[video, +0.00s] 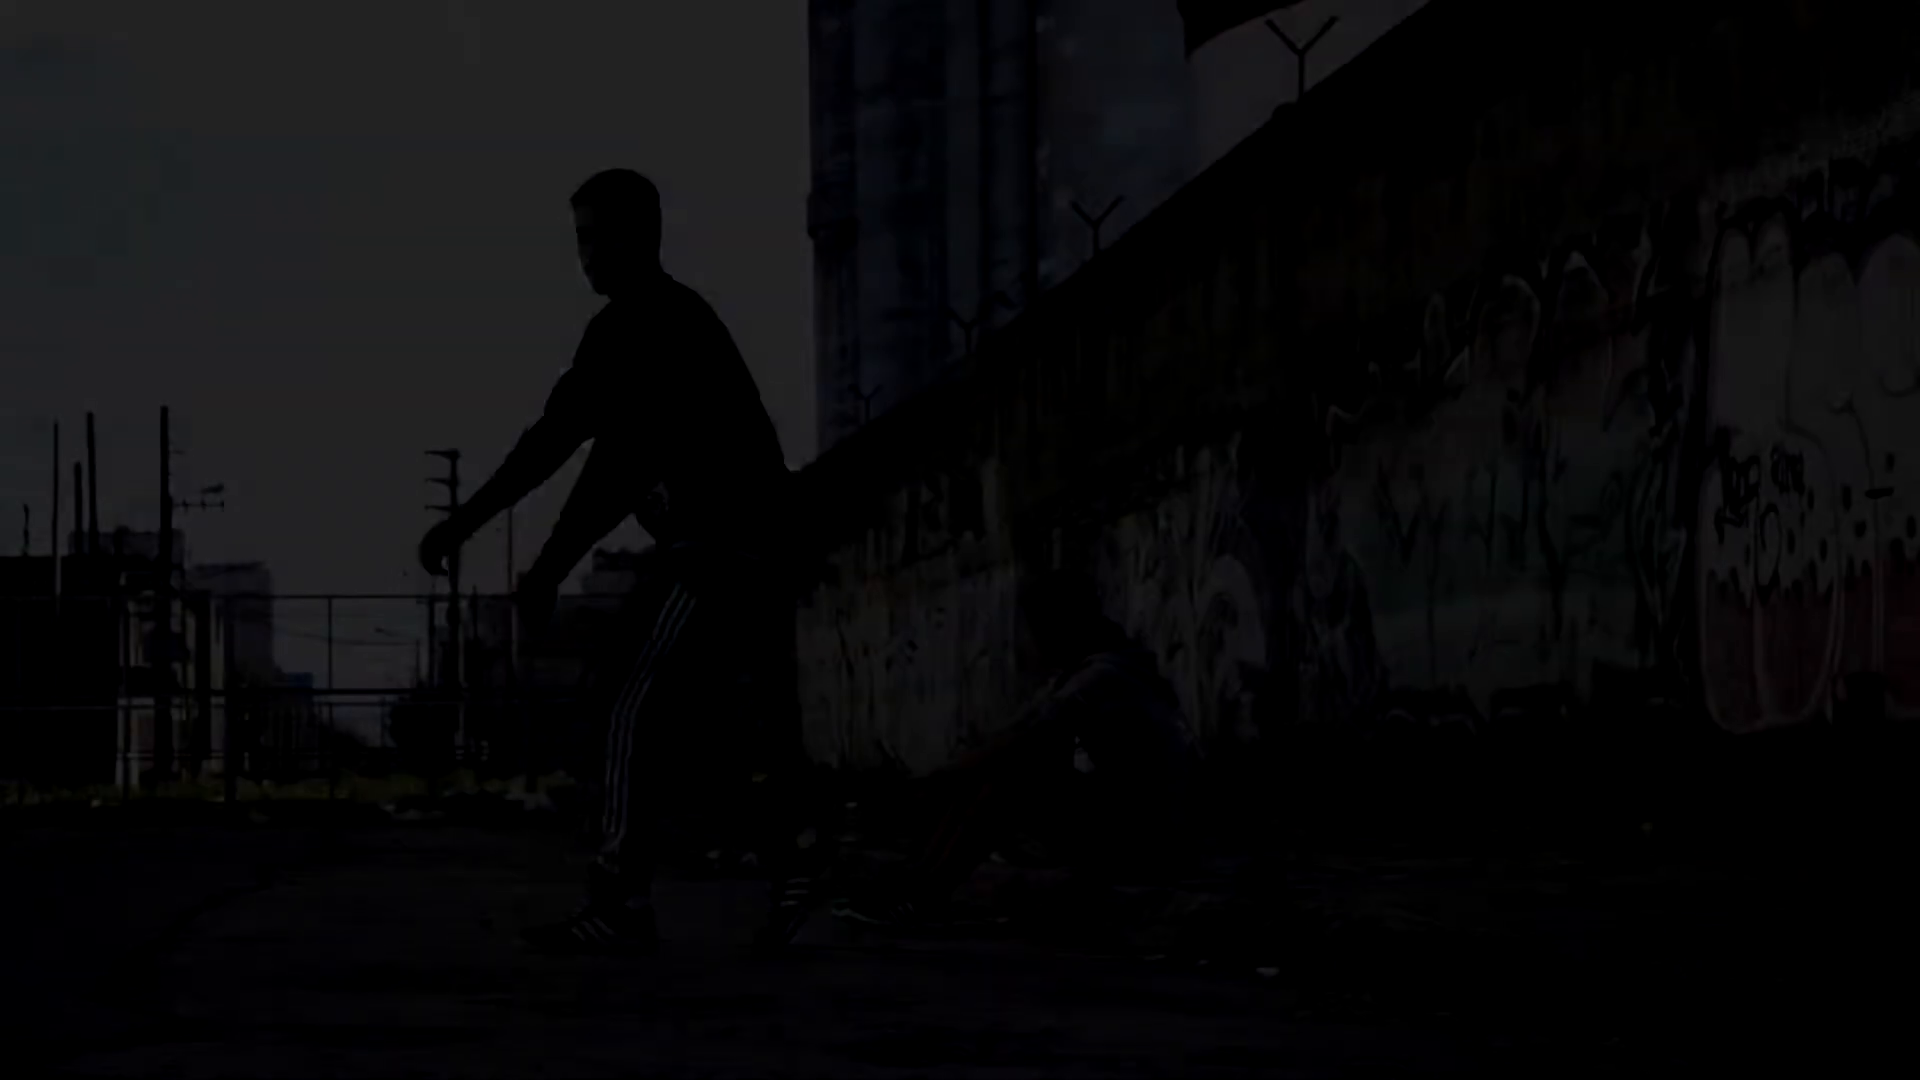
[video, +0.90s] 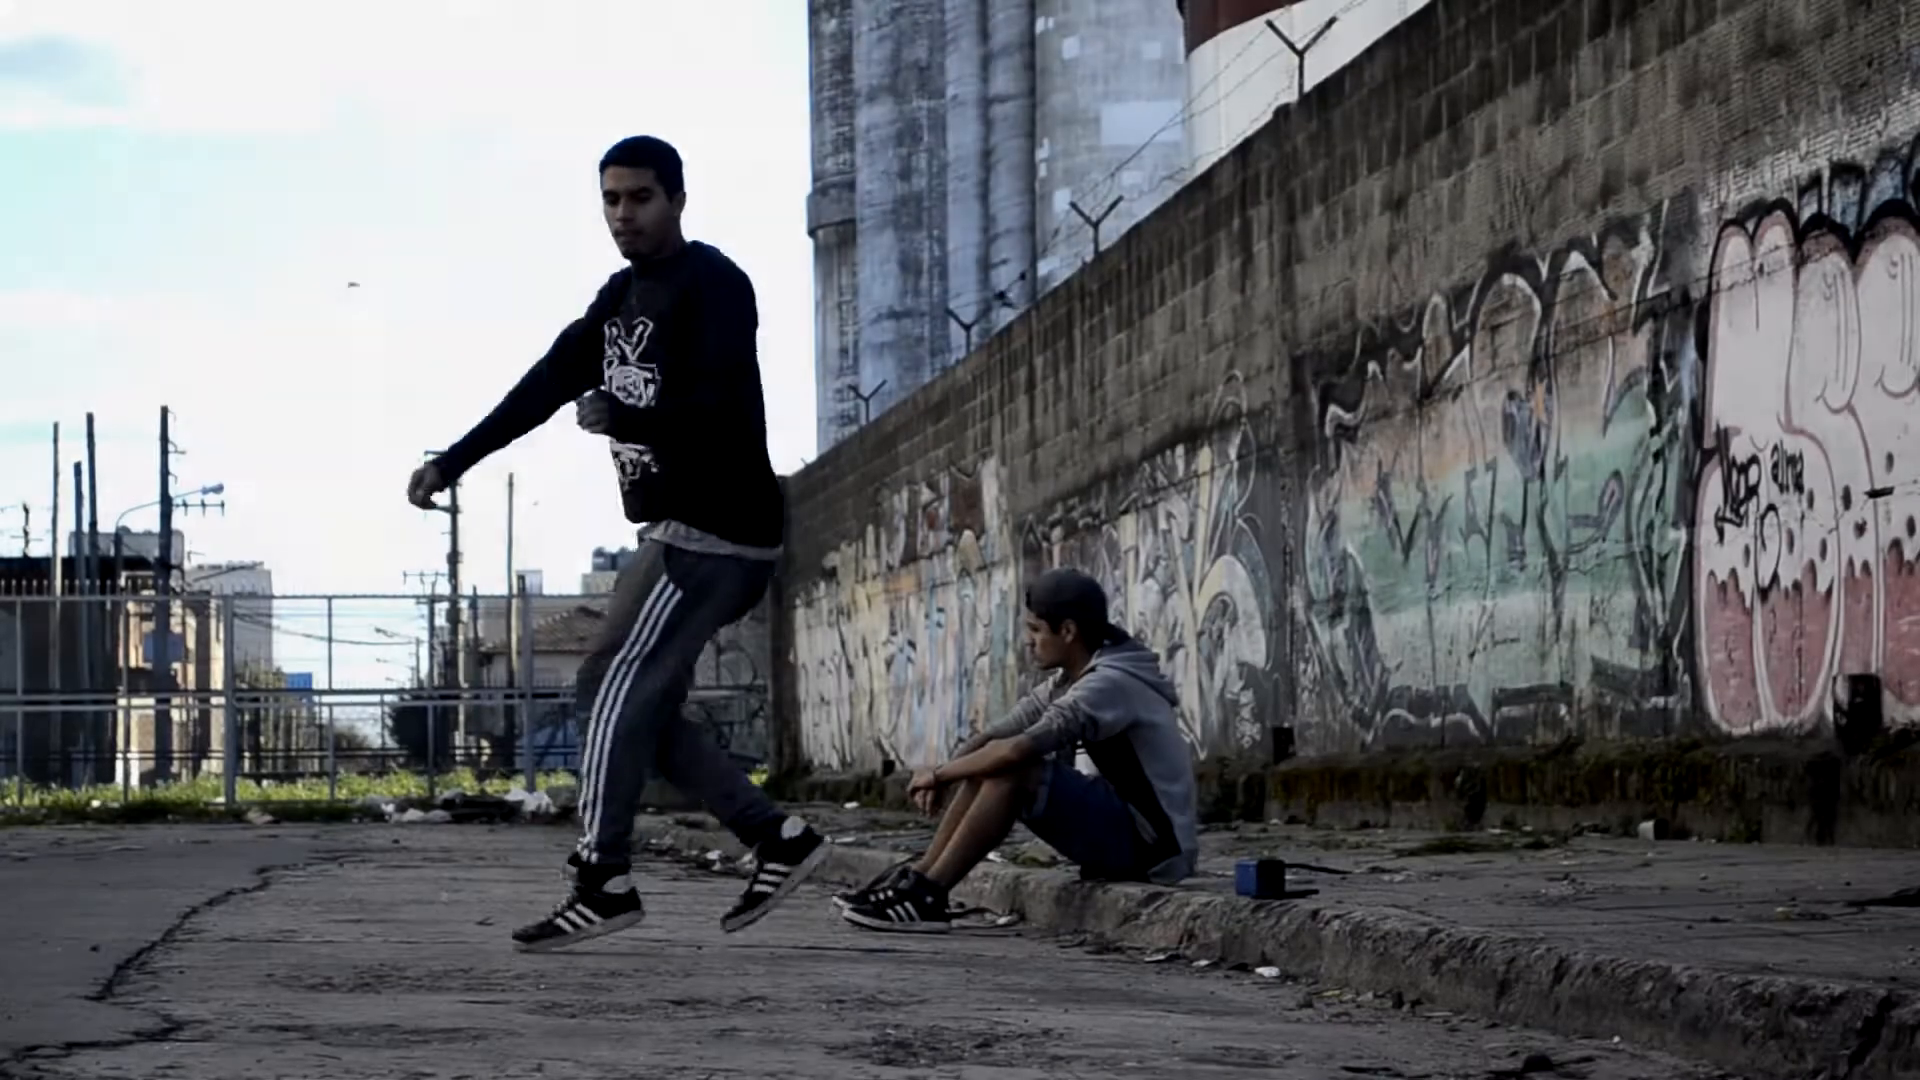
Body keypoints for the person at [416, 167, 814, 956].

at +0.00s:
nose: (585, 252)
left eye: (596, 235)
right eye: (582, 236)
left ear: (629, 236)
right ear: (612, 241)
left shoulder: (660, 322)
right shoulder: (621, 326)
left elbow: (621, 467)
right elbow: (552, 435)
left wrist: (553, 563)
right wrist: (466, 519)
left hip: (730, 544)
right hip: (704, 542)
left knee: (635, 712)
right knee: (751, 718)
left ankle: (621, 898)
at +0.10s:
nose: (577, 266)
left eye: (589, 251)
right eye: (574, 251)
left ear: (624, 252)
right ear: (622, 254)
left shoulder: (646, 345)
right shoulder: (612, 336)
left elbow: (598, 496)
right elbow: (559, 424)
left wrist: (514, 588)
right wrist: (513, 496)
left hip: (712, 559)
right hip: (680, 556)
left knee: (624, 722)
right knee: (655, 718)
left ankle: (617, 906)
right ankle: (786, 795)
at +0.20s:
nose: (589, 248)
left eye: (604, 233)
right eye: (583, 233)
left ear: (643, 237)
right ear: (585, 237)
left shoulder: (653, 325)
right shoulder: (616, 320)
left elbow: (631, 466)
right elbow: (568, 415)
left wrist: (533, 520)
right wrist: (580, 455)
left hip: (701, 559)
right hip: (679, 555)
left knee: (616, 715)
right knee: (647, 724)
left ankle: (613, 902)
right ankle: (779, 826)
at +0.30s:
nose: (614, 235)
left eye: (628, 218)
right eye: (604, 222)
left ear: (669, 220)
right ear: (601, 230)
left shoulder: (688, 306)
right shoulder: (641, 312)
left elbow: (678, 439)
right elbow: (615, 442)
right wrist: (547, 442)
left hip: (703, 554)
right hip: (682, 552)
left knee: (577, 696)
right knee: (655, 727)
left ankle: (584, 878)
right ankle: (783, 877)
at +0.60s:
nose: (615, 220)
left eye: (631, 204)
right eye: (603, 207)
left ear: (666, 211)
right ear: (593, 220)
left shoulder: (678, 286)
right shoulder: (616, 312)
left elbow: (654, 387)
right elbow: (584, 424)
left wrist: (565, 347)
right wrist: (541, 340)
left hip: (708, 530)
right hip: (705, 535)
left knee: (602, 694)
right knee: (654, 737)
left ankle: (609, 889)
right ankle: (773, 854)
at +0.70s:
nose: (618, 234)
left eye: (636, 220)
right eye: (607, 221)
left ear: (668, 231)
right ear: (596, 230)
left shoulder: (677, 299)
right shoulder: (607, 315)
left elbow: (661, 370)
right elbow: (527, 394)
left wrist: (549, 343)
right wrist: (468, 335)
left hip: (701, 555)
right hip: (661, 554)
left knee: (615, 715)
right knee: (616, 716)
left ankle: (624, 904)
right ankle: (760, 781)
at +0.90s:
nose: (625, 213)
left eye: (640, 196)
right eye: (613, 200)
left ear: (677, 199)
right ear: (604, 209)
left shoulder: (713, 283)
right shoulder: (618, 299)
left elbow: (709, 407)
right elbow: (547, 384)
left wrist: (624, 414)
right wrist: (454, 460)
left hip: (719, 531)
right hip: (678, 530)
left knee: (616, 683)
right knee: (637, 699)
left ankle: (604, 881)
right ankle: (775, 836)